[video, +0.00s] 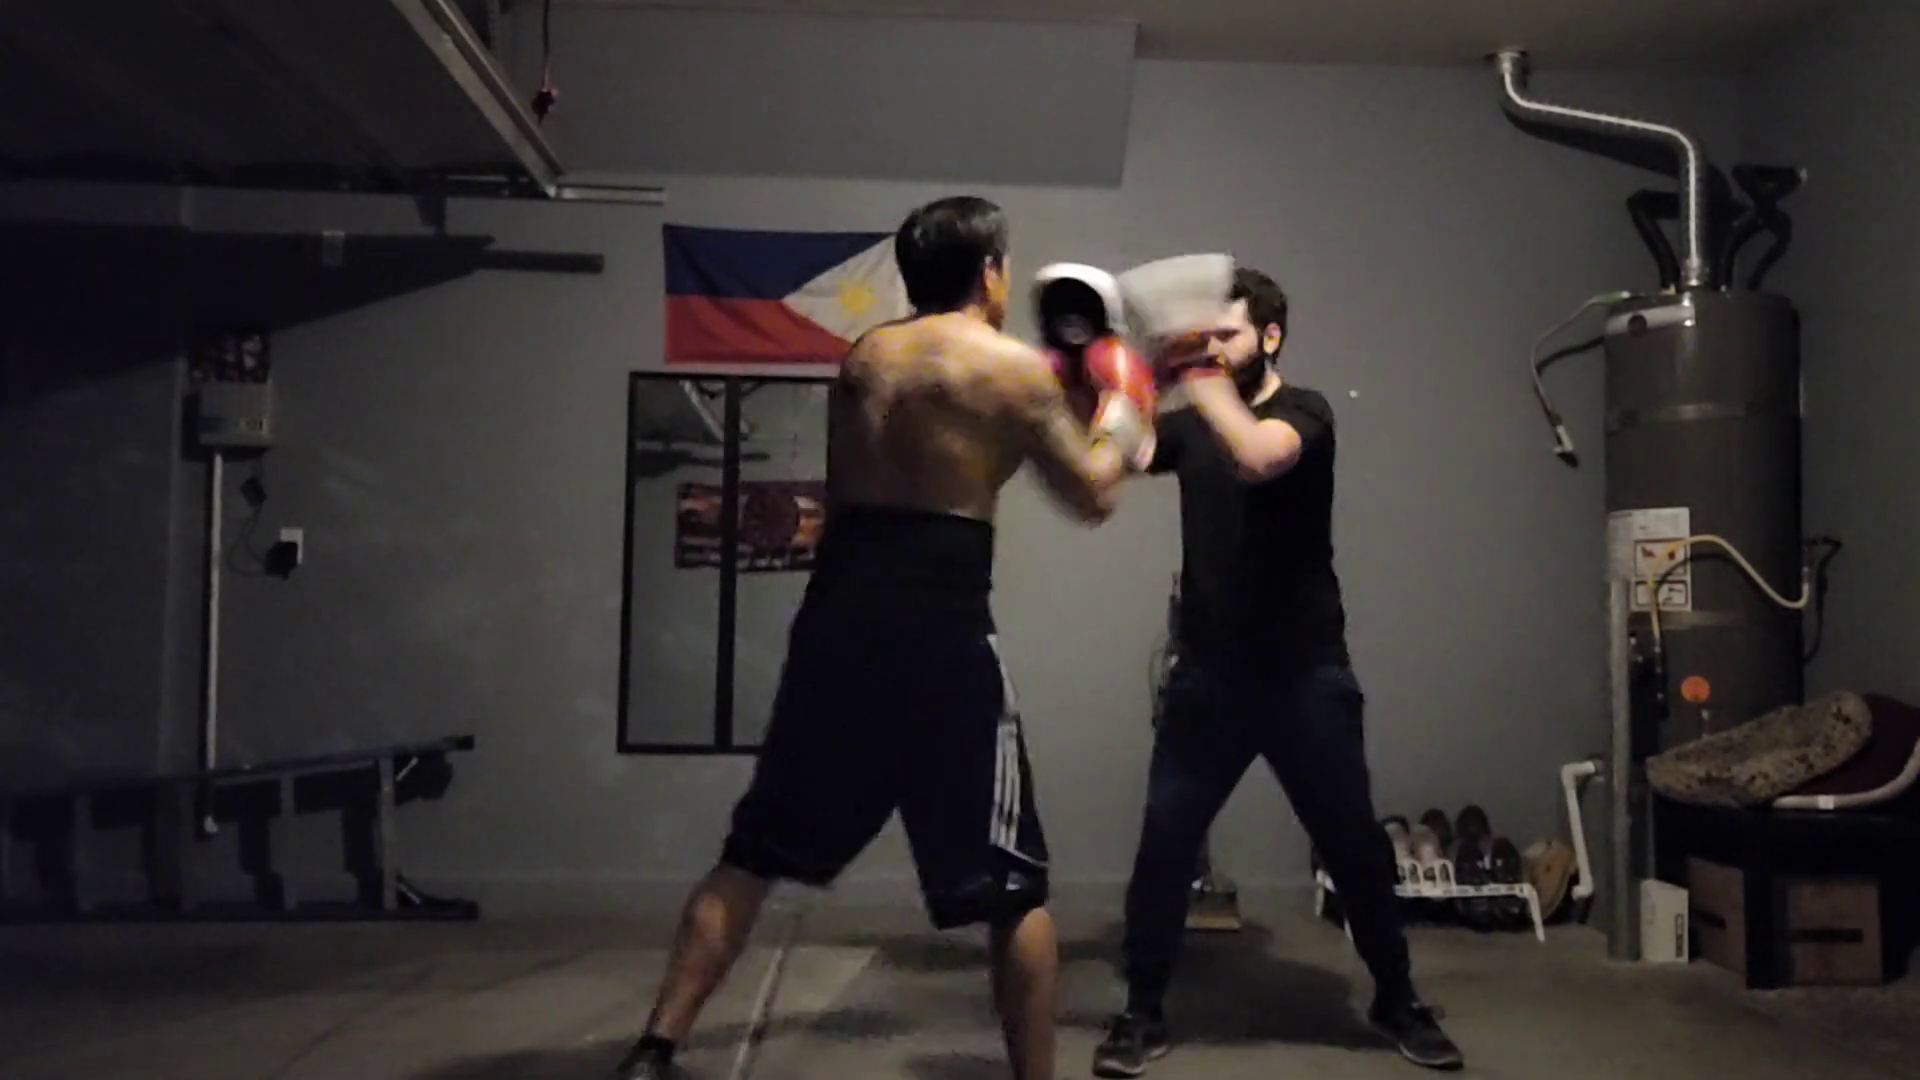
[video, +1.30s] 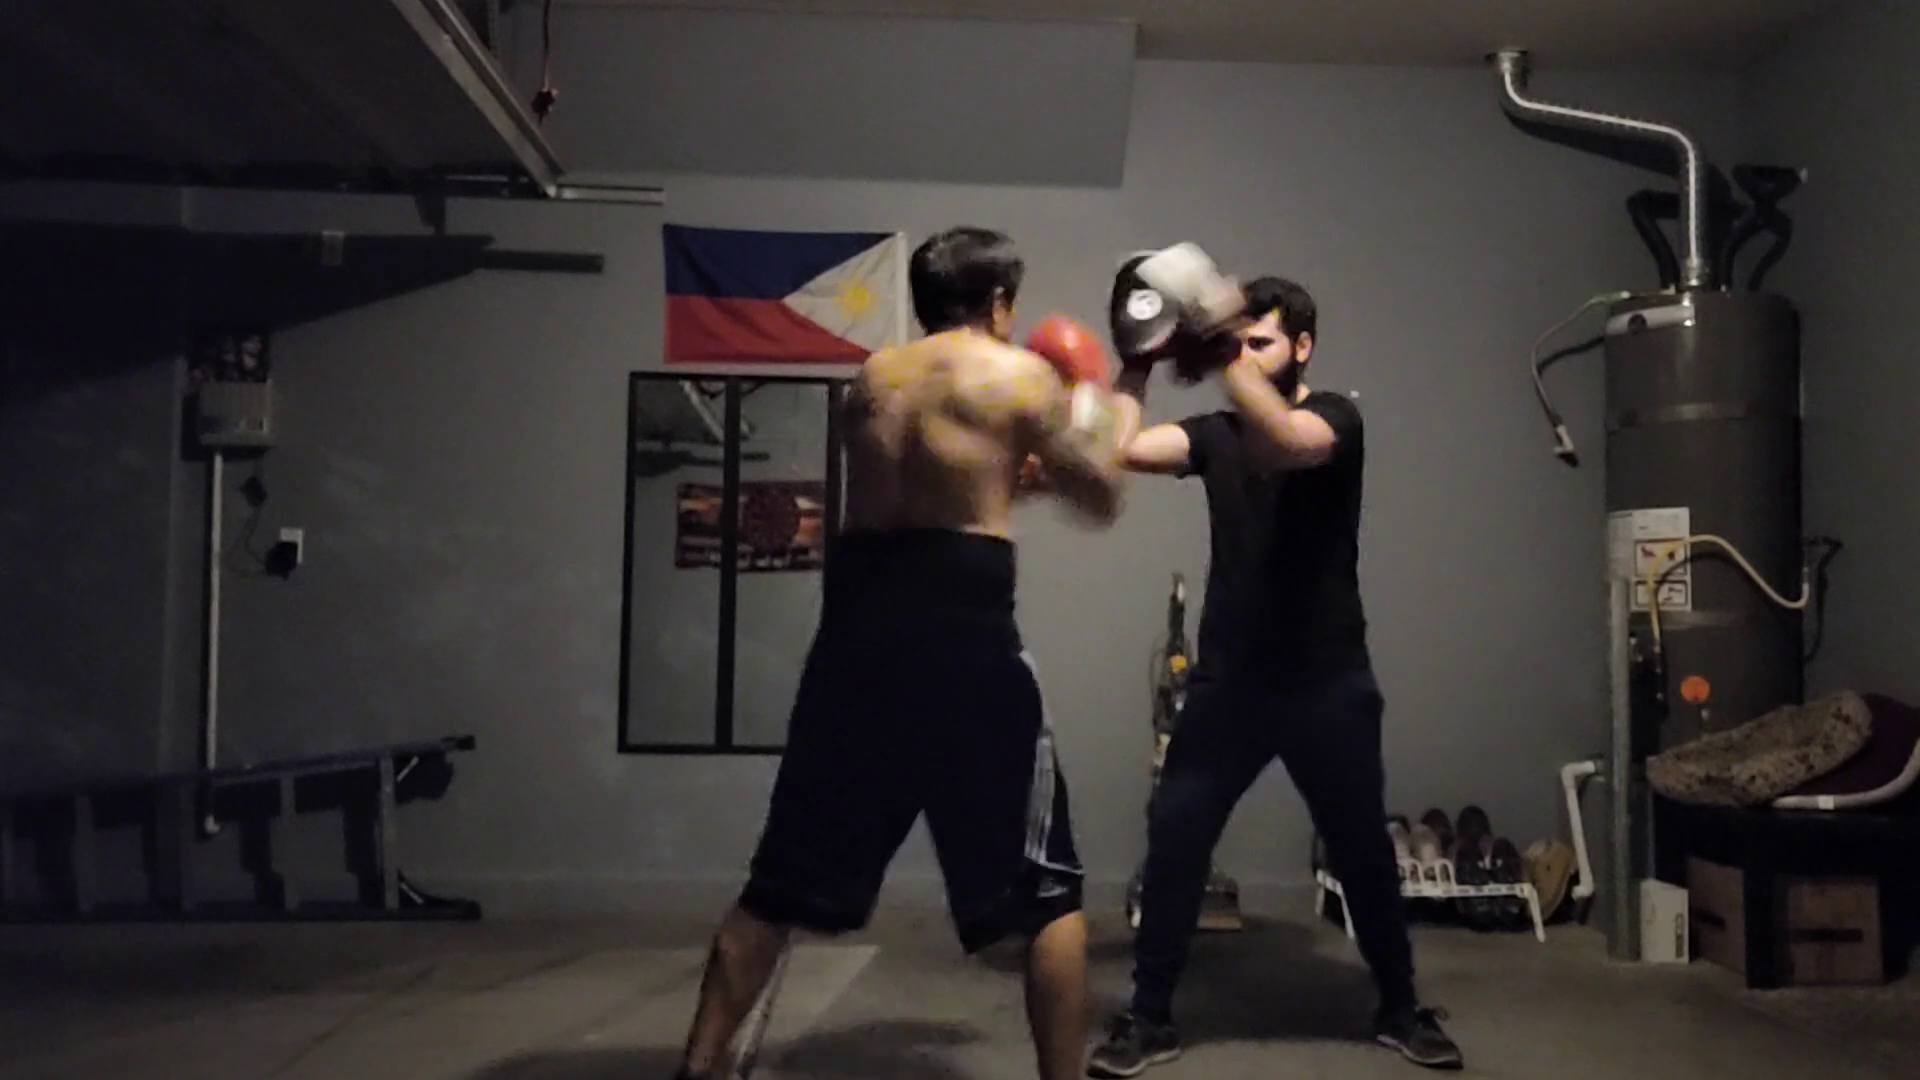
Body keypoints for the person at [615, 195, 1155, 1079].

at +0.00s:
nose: (1008, 278)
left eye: (1003, 262)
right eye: (1005, 265)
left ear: (915, 275)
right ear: (990, 275)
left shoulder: (863, 355)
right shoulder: (1015, 370)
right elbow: (1095, 490)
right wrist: (1129, 403)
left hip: (836, 632)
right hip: (942, 639)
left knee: (754, 852)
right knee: (1014, 885)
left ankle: (656, 1046)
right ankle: (1036, 1070)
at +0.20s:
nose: (952, 290)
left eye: (946, 274)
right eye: (946, 276)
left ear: (860, 288)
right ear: (927, 289)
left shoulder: (811, 379)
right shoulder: (929, 378)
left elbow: (873, 490)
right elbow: (974, 529)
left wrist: (977, 416)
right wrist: (1038, 482)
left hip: (786, 653)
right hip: (887, 656)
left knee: (716, 877)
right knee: (979, 886)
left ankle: (639, 1067)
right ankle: (1021, 1070)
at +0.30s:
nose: (911, 306)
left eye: (908, 291)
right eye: (907, 292)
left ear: (812, 306)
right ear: (885, 302)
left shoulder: (761, 394)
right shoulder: (892, 396)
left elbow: (787, 519)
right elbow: (920, 540)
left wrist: (913, 449)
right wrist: (984, 505)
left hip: (757, 675)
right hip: (867, 678)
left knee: (697, 891)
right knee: (978, 886)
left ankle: (632, 1070)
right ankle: (1014, 1070)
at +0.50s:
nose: (880, 312)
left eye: (875, 297)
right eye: (877, 299)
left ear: (787, 303)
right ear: (854, 305)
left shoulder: (730, 389)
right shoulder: (883, 386)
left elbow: (755, 515)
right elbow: (973, 521)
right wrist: (981, 472)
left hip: (748, 665)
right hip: (866, 664)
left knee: (681, 889)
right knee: (969, 869)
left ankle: (626, 1071)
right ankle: (1027, 1066)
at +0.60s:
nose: (901, 304)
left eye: (896, 290)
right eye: (896, 292)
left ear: (801, 300)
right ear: (875, 301)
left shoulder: (744, 390)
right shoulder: (922, 372)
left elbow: (730, 525)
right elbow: (1055, 445)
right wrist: (1014, 379)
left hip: (770, 677)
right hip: (894, 674)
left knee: (690, 892)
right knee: (981, 879)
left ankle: (632, 1071)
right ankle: (1041, 1070)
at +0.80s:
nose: (970, 298)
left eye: (966, 286)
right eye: (968, 286)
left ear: (872, 290)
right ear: (953, 293)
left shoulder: (821, 364)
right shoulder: (986, 366)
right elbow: (1059, 478)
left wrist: (975, 362)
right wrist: (1060, 382)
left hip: (823, 625)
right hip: (933, 631)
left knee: (757, 864)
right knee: (1013, 879)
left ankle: (675, 1064)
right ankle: (1052, 1070)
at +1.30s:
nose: (1016, 311)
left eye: (1012, 299)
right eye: (1014, 299)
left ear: (922, 300)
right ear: (1000, 303)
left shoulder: (867, 377)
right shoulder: (1019, 375)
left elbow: (925, 479)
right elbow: (1102, 492)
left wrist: (1026, 453)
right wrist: (1118, 395)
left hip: (857, 644)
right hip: (967, 647)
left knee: (782, 875)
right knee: (1047, 885)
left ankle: (701, 1064)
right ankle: (1066, 1068)